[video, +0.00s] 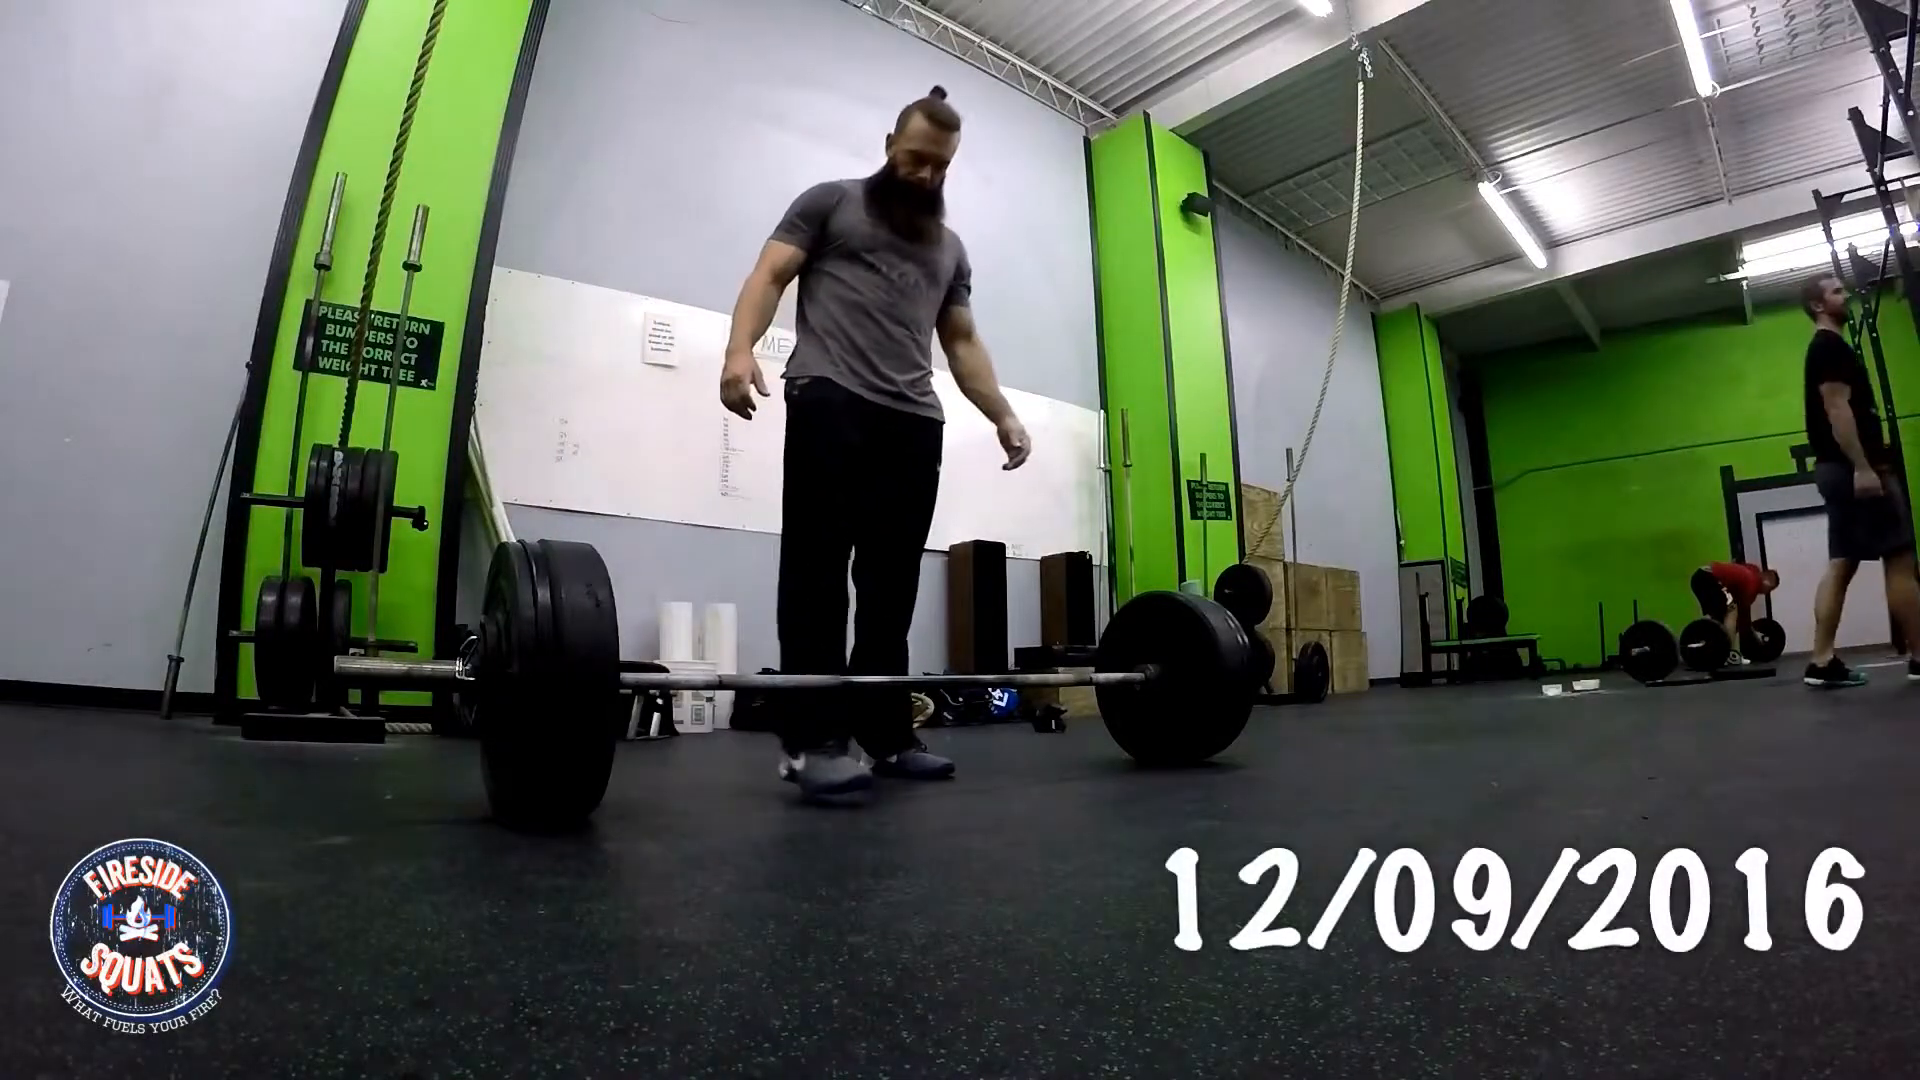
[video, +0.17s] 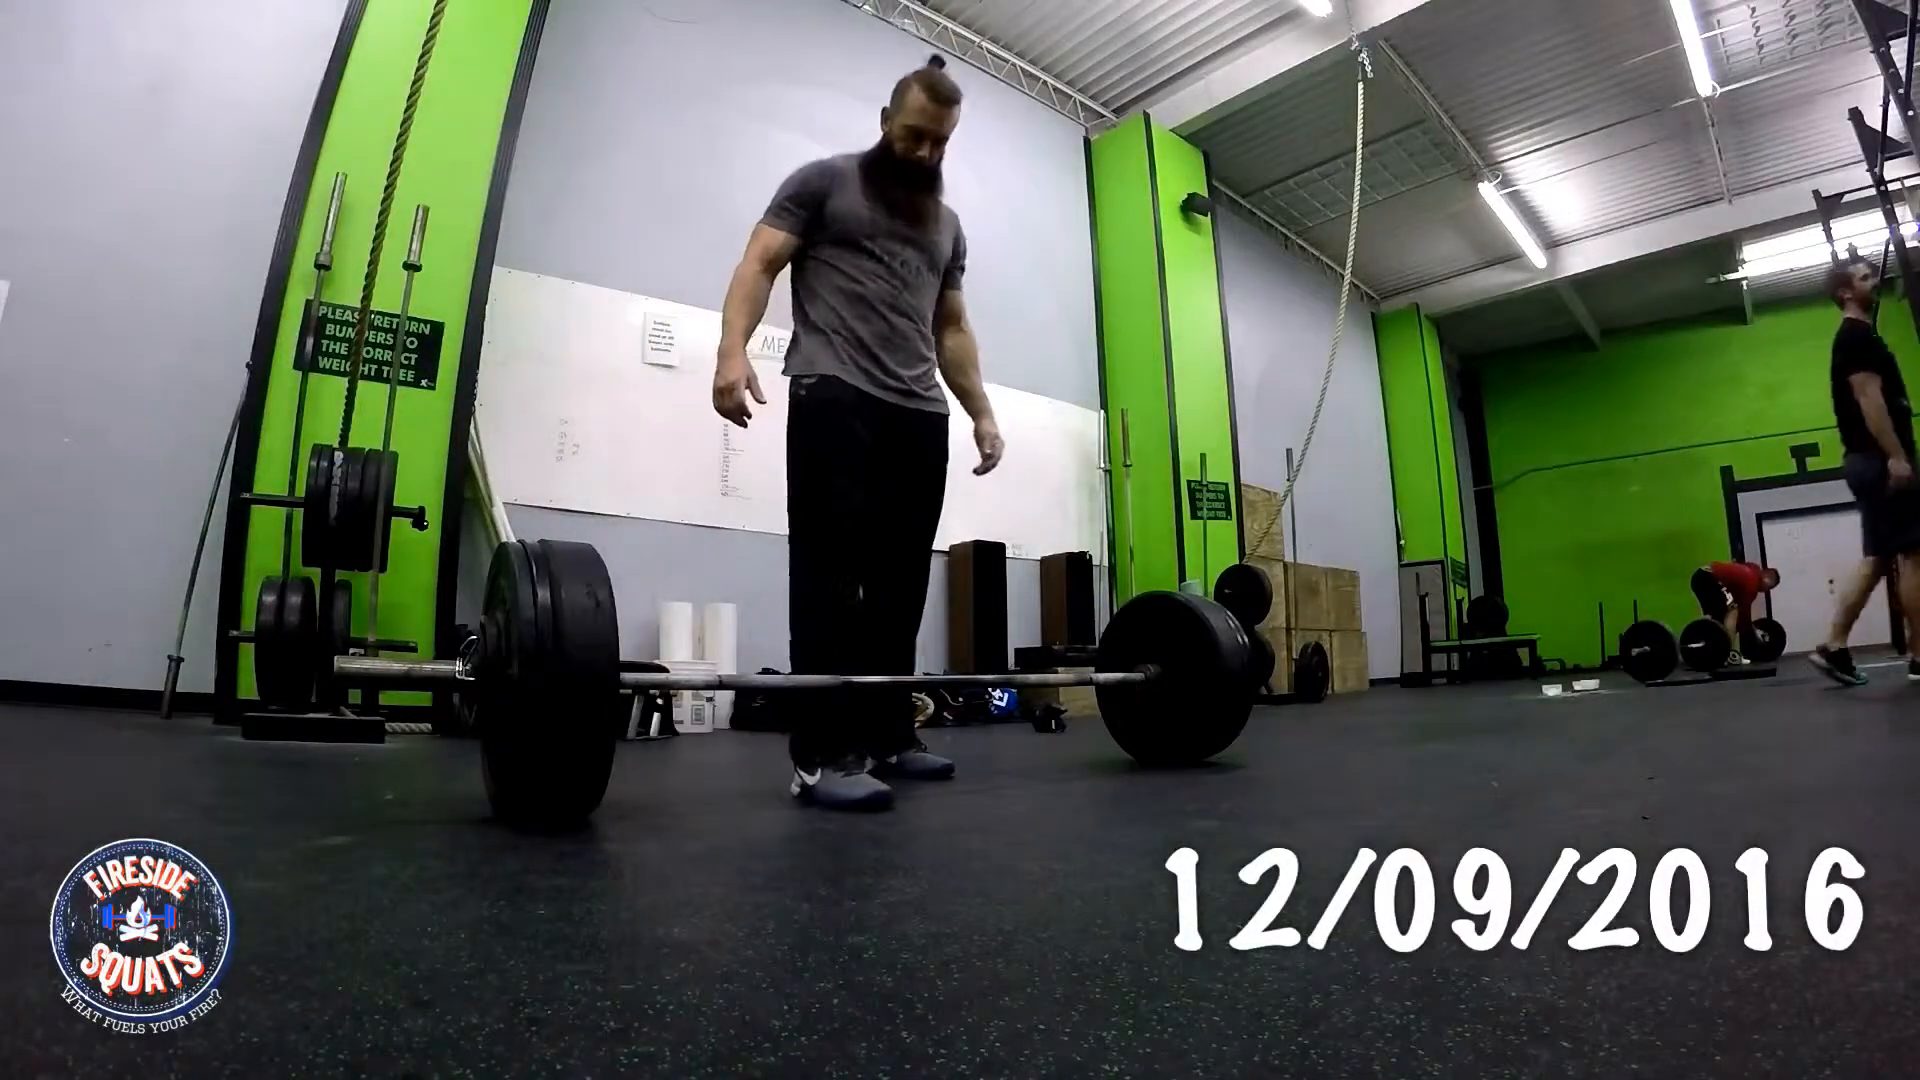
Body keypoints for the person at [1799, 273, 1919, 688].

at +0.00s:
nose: (1846, 295)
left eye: (1843, 289)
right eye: (1837, 291)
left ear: (1824, 305)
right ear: (1818, 305)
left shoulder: (1827, 345)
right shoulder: (1830, 346)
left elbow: (1840, 410)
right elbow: (1837, 408)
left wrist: (1868, 458)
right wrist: (1862, 467)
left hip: (1839, 468)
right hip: (1861, 468)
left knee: (1841, 564)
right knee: (1901, 560)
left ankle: (1822, 660)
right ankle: (1916, 654)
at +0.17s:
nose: (1872, 279)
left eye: (1869, 274)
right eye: (1864, 277)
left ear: (1851, 293)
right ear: (1847, 292)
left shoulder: (1855, 334)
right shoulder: (1856, 336)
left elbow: (1868, 400)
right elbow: (1869, 400)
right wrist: (1896, 455)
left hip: (1868, 459)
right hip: (1882, 459)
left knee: (1876, 558)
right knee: (1909, 557)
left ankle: (1834, 646)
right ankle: (1916, 653)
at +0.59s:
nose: (1911, 269)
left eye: (1908, 262)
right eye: (1902, 264)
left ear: (1882, 277)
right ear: (1882, 276)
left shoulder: (1884, 321)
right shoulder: (1898, 321)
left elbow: (1889, 389)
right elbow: (1918, 376)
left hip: (1898, 446)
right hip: (1908, 447)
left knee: (1915, 550)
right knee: (1917, 550)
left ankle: (1915, 648)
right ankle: (1915, 650)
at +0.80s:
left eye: (1918, 259)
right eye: (1915, 260)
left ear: (1902, 272)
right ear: (1899, 272)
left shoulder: (1906, 316)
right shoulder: (1908, 317)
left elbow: (1899, 385)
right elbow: (1903, 384)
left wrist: (1903, 438)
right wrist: (1905, 438)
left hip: (1912, 442)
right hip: (1915, 443)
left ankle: (1918, 645)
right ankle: (1917, 646)